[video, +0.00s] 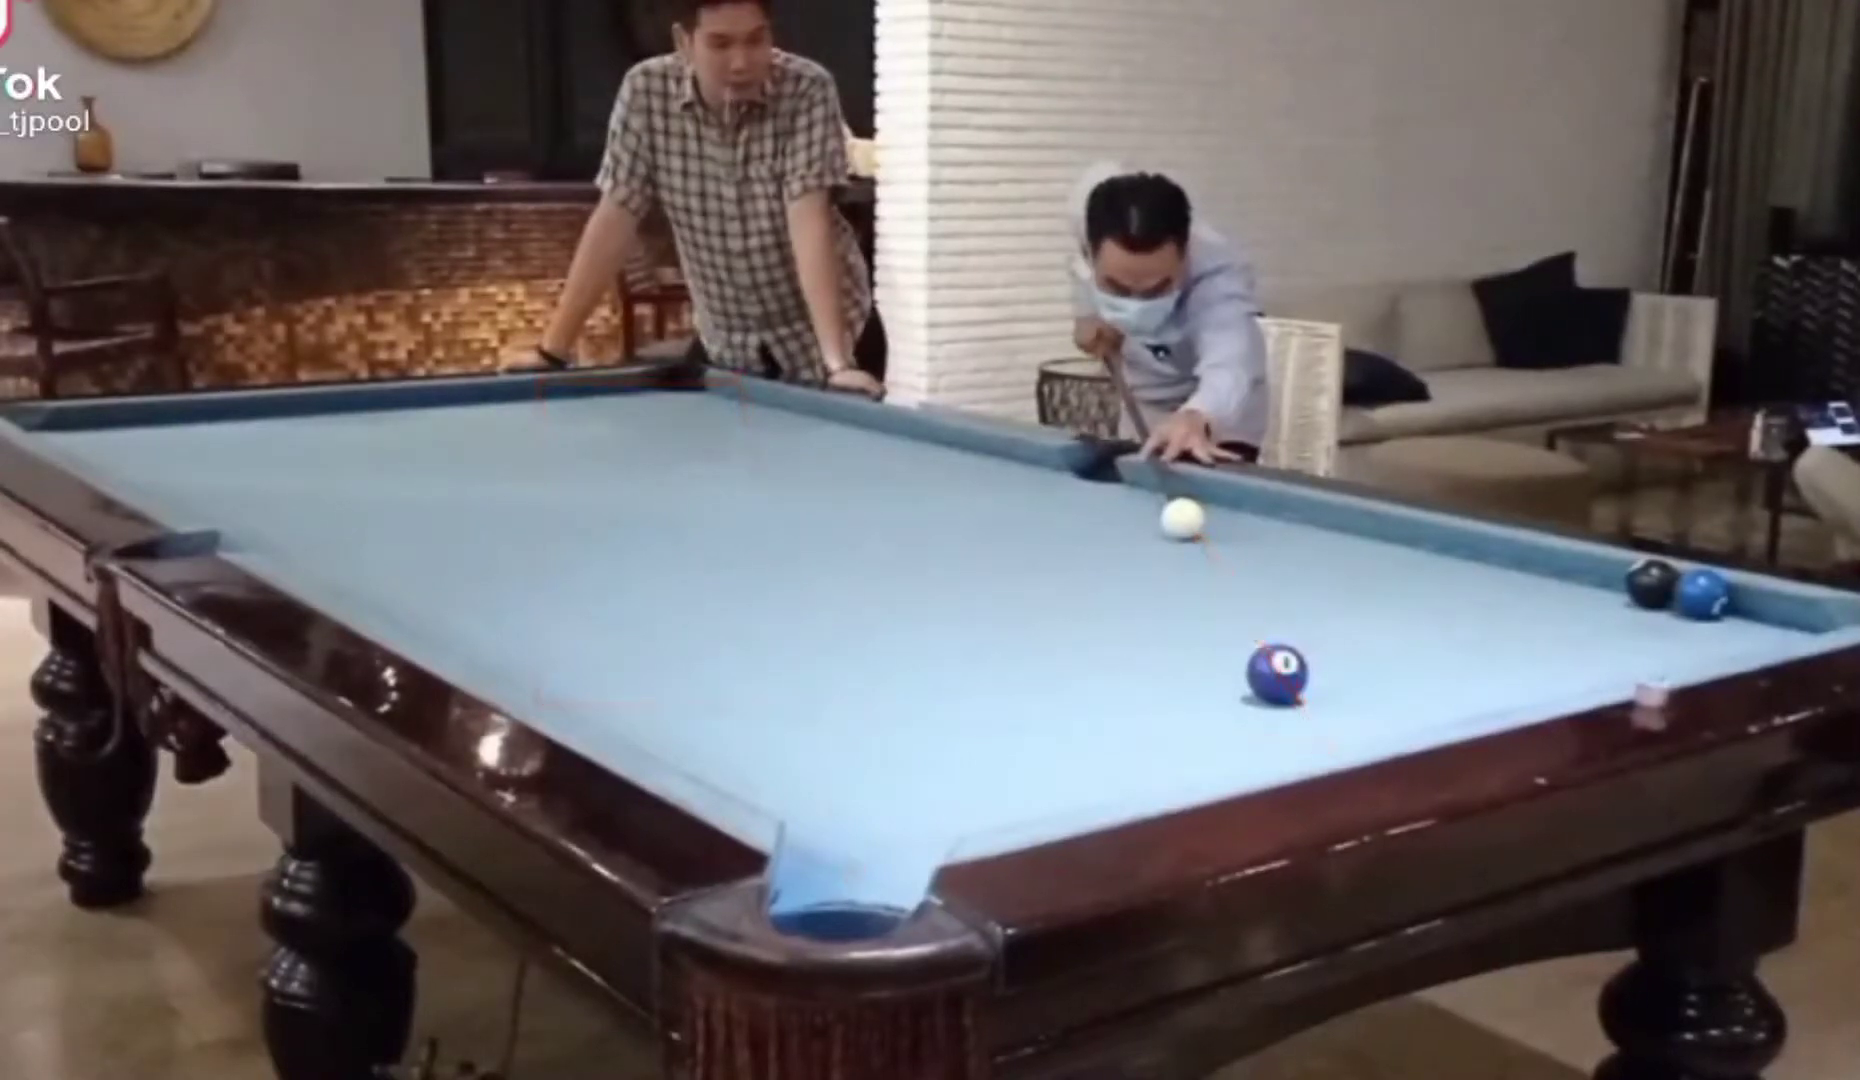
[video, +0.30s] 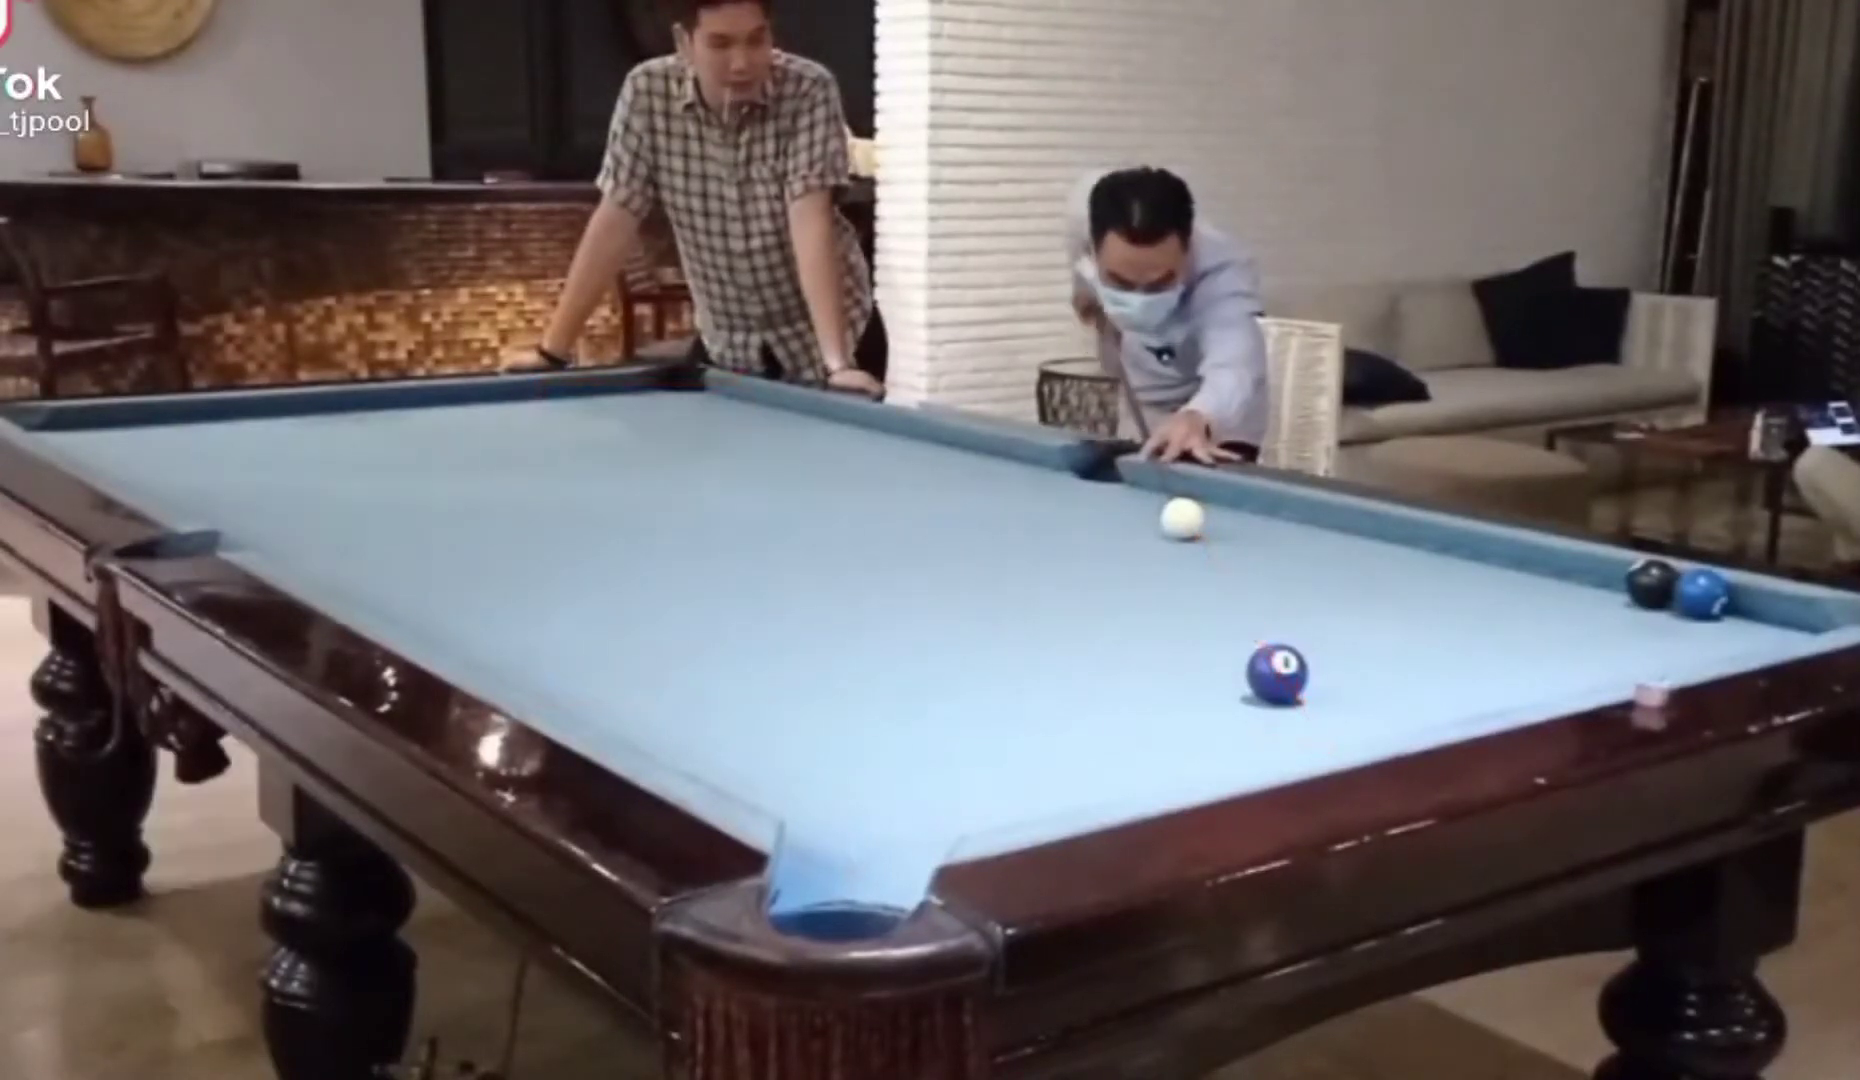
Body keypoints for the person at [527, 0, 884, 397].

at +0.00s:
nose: (740, 62)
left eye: (755, 41)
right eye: (720, 44)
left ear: (771, 36)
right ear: (684, 44)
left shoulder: (806, 90)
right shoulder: (647, 91)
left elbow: (809, 216)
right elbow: (616, 213)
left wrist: (838, 363)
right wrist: (553, 351)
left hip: (824, 343)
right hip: (725, 345)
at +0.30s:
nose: (741, 62)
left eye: (756, 41)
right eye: (720, 44)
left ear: (771, 34)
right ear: (684, 44)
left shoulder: (808, 90)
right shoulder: (648, 92)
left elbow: (811, 216)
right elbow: (616, 216)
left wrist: (838, 363)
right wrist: (553, 351)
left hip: (829, 342)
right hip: (727, 344)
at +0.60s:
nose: (751, 65)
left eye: (763, 42)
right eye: (729, 47)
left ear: (778, 35)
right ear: (691, 46)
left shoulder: (812, 89)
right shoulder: (651, 93)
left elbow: (813, 213)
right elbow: (618, 214)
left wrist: (837, 362)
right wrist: (553, 350)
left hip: (834, 342)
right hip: (730, 345)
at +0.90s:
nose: (751, 58)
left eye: (765, 37)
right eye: (730, 39)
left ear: (781, 35)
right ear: (693, 41)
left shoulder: (814, 88)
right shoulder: (651, 91)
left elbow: (814, 213)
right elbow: (619, 214)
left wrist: (838, 362)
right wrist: (553, 351)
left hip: (829, 344)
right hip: (727, 346)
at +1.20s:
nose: (736, 53)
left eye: (754, 31)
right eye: (716, 34)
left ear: (775, 30)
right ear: (685, 35)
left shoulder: (812, 89)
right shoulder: (647, 90)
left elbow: (813, 216)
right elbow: (616, 217)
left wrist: (838, 362)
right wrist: (552, 352)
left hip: (824, 350)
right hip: (722, 351)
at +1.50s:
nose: (712, 52)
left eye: (731, 31)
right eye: (695, 32)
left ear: (762, 29)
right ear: (672, 31)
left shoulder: (806, 89)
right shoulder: (644, 90)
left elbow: (810, 219)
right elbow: (615, 217)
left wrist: (837, 361)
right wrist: (553, 351)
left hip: (822, 347)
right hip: (722, 348)